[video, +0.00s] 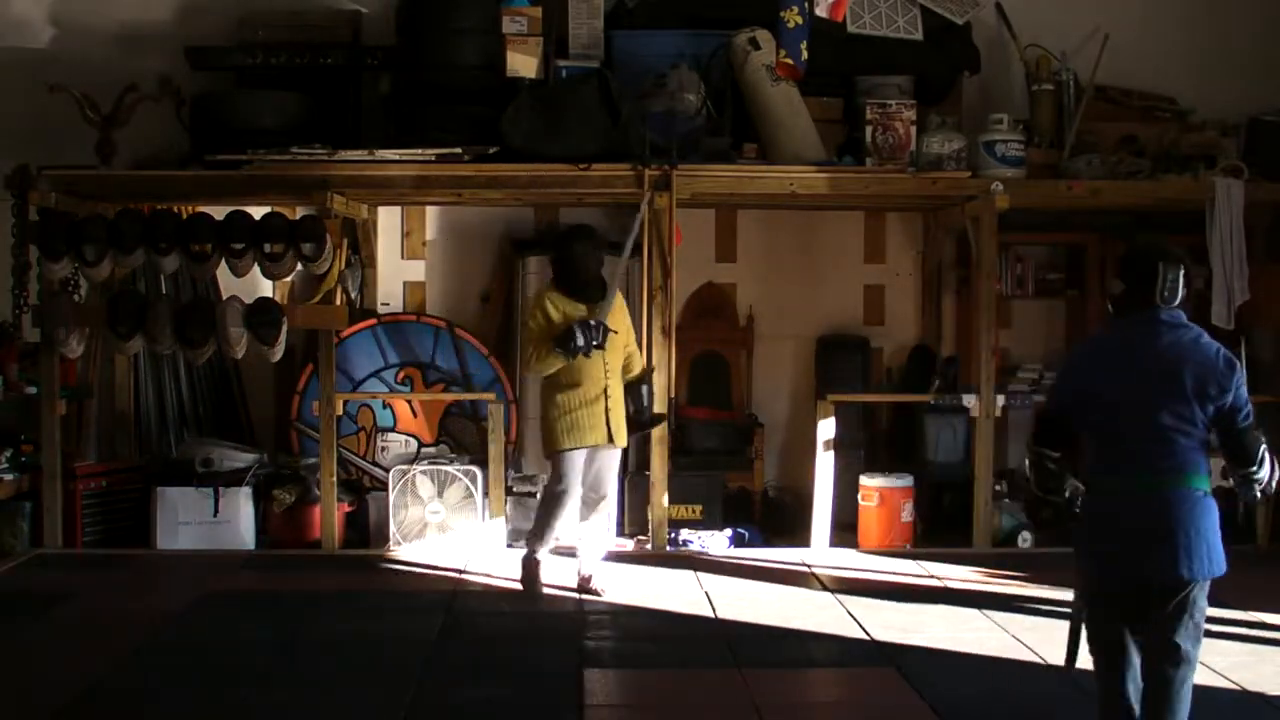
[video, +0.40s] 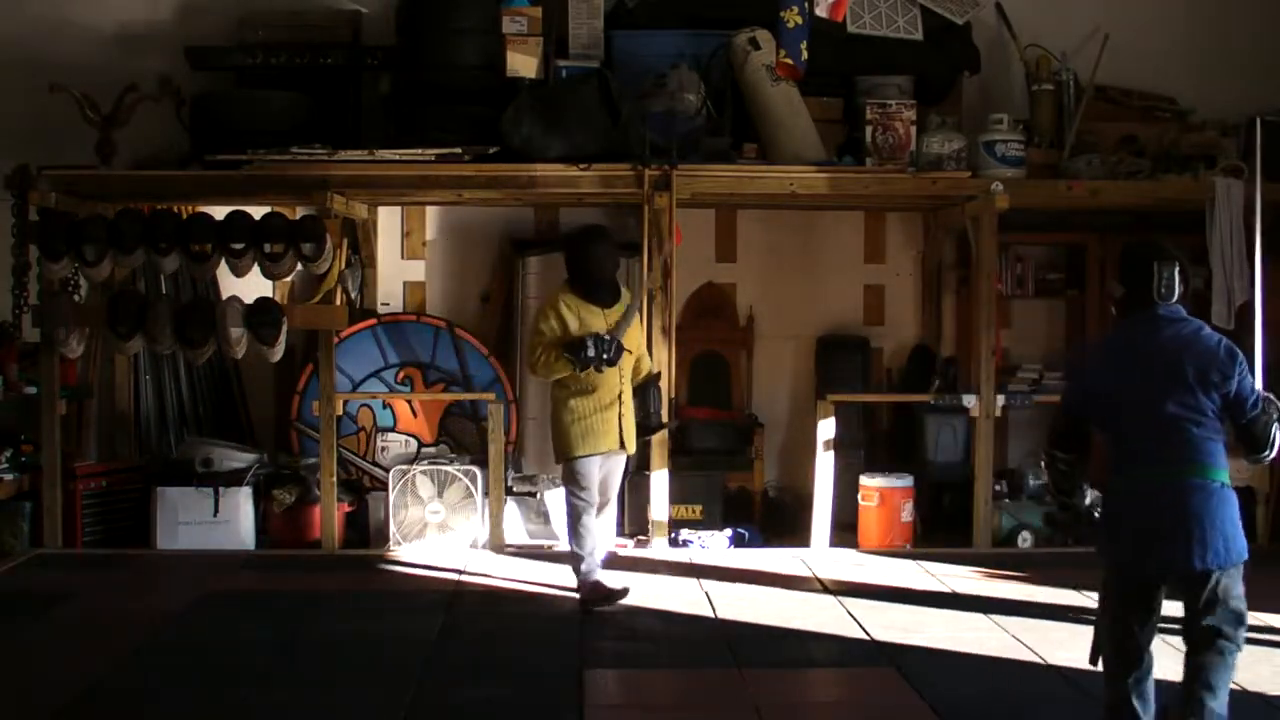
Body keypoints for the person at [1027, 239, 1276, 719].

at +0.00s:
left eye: (1127, 284)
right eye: (1175, 284)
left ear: (1123, 288)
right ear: (1179, 289)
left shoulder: (1093, 352)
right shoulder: (1211, 357)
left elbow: (1050, 440)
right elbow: (1244, 449)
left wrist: (1062, 489)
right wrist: (1258, 470)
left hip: (1106, 520)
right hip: (1182, 523)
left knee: (1112, 655)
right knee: (1175, 660)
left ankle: (1122, 717)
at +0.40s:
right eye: (1174, 282)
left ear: (1123, 290)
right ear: (1178, 288)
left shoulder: (1101, 353)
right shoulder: (1215, 349)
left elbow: (1066, 446)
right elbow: (1259, 441)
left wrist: (1071, 499)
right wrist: (1265, 410)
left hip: (1131, 511)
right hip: (1206, 511)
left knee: (1126, 642)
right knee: (1216, 635)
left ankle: (1131, 714)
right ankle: (1202, 714)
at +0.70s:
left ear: (1168, 299)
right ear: (1223, 298)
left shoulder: (1151, 352)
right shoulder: (1263, 355)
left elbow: (1120, 441)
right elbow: (1273, 433)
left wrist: (1106, 511)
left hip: (1182, 511)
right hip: (1257, 511)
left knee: (1152, 644)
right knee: (1277, 642)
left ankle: (1138, 710)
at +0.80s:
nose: (1175, 312)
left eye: (1180, 304)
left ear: (1191, 308)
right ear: (1241, 301)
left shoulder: (1184, 366)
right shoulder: (1271, 349)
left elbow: (1154, 460)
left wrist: (1130, 523)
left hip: (1218, 524)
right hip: (1273, 520)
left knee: (1171, 649)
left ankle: (1144, 711)